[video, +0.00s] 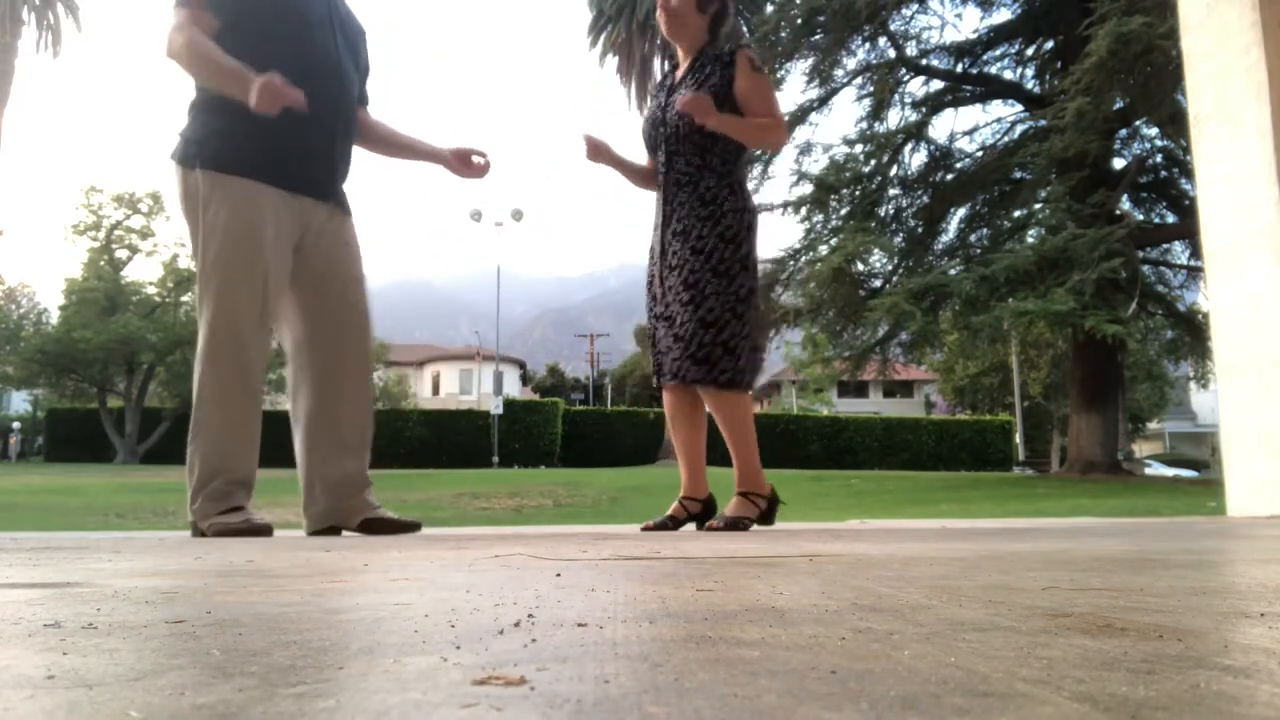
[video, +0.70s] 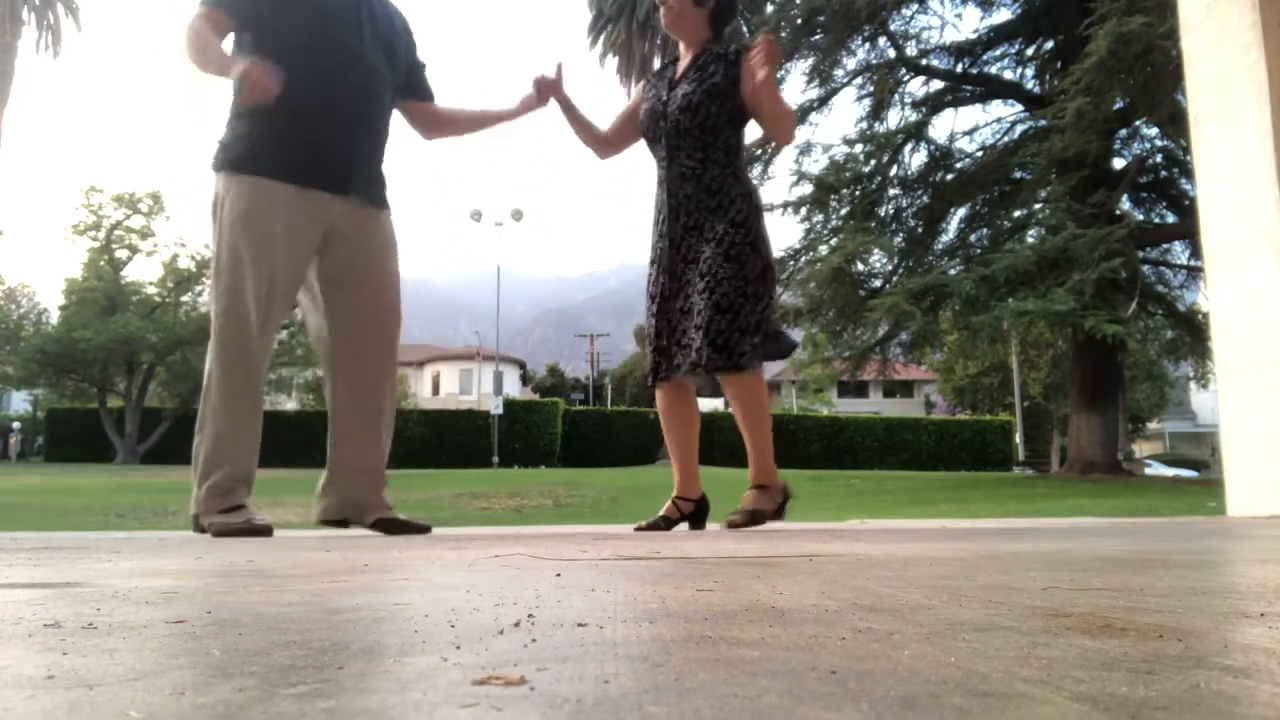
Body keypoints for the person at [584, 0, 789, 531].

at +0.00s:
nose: (661, 7)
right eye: (659, 1)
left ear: (705, 7)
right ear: (660, 14)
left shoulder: (736, 62)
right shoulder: (667, 84)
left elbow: (775, 133)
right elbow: (660, 178)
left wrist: (715, 119)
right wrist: (613, 159)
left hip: (718, 226)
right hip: (672, 227)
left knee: (713, 360)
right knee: (673, 362)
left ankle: (754, 490)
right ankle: (694, 495)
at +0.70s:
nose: (661, 10)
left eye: (671, 2)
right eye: (659, 4)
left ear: (705, 5)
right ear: (665, 13)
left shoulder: (736, 62)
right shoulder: (657, 83)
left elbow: (782, 131)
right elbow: (604, 144)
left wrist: (762, 80)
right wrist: (560, 98)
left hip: (727, 221)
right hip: (674, 227)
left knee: (729, 348)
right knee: (668, 361)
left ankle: (767, 484)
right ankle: (687, 494)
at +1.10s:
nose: (688, 10)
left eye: (699, 1)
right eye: (689, 3)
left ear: (734, 7)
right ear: (707, 15)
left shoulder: (779, 58)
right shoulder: (703, 96)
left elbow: (832, 121)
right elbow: (640, 146)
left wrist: (769, 133)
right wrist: (563, 117)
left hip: (795, 228)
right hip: (744, 237)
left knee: (783, 352)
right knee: (696, 357)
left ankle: (833, 490)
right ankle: (684, 489)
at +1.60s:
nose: (690, 8)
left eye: (700, 1)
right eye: (691, 2)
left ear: (734, 6)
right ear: (708, 12)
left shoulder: (784, 61)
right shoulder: (702, 89)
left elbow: (842, 127)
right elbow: (652, 147)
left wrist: (826, 120)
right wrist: (588, 112)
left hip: (786, 217)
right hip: (736, 228)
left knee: (738, 321)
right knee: (735, 349)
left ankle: (779, 465)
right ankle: (763, 486)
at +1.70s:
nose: (676, 10)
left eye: (686, 3)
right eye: (678, 3)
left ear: (718, 9)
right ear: (699, 12)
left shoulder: (765, 63)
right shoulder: (692, 91)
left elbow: (818, 132)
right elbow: (649, 159)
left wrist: (811, 116)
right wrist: (581, 125)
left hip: (760, 223)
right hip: (719, 229)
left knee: (698, 330)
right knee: (733, 366)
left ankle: (705, 478)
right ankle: (764, 496)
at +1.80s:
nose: (653, 20)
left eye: (662, 9)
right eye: (655, 11)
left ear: (691, 12)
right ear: (677, 17)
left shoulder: (732, 67)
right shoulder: (682, 91)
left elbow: (776, 136)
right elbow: (649, 178)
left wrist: (743, 91)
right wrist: (578, 152)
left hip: (726, 238)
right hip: (696, 240)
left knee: (660, 343)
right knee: (726, 369)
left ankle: (654, 486)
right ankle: (762, 494)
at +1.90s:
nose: (616, 15)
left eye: (623, 8)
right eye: (615, 12)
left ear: (648, 3)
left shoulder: (670, 36)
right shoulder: (649, 66)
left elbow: (695, 84)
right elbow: (653, 176)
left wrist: (629, 33)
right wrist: (573, 166)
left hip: (687, 228)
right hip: (684, 229)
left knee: (622, 342)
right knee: (705, 363)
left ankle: (647, 490)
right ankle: (759, 487)